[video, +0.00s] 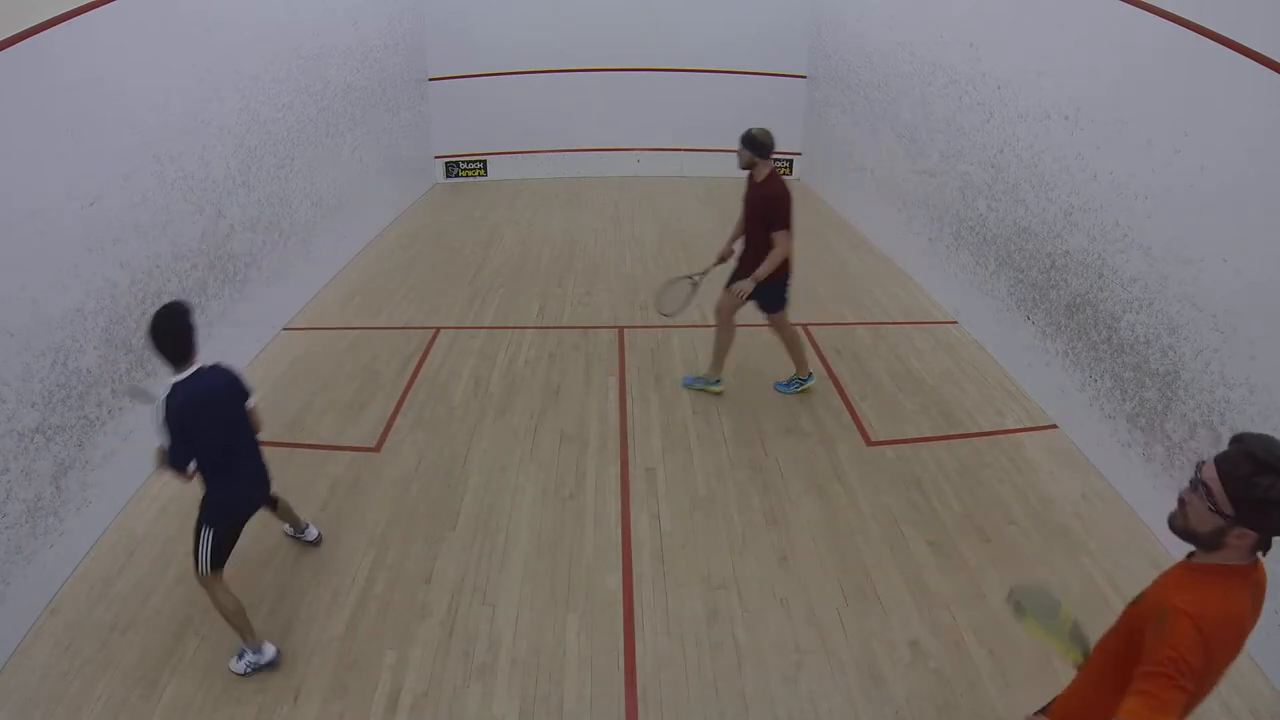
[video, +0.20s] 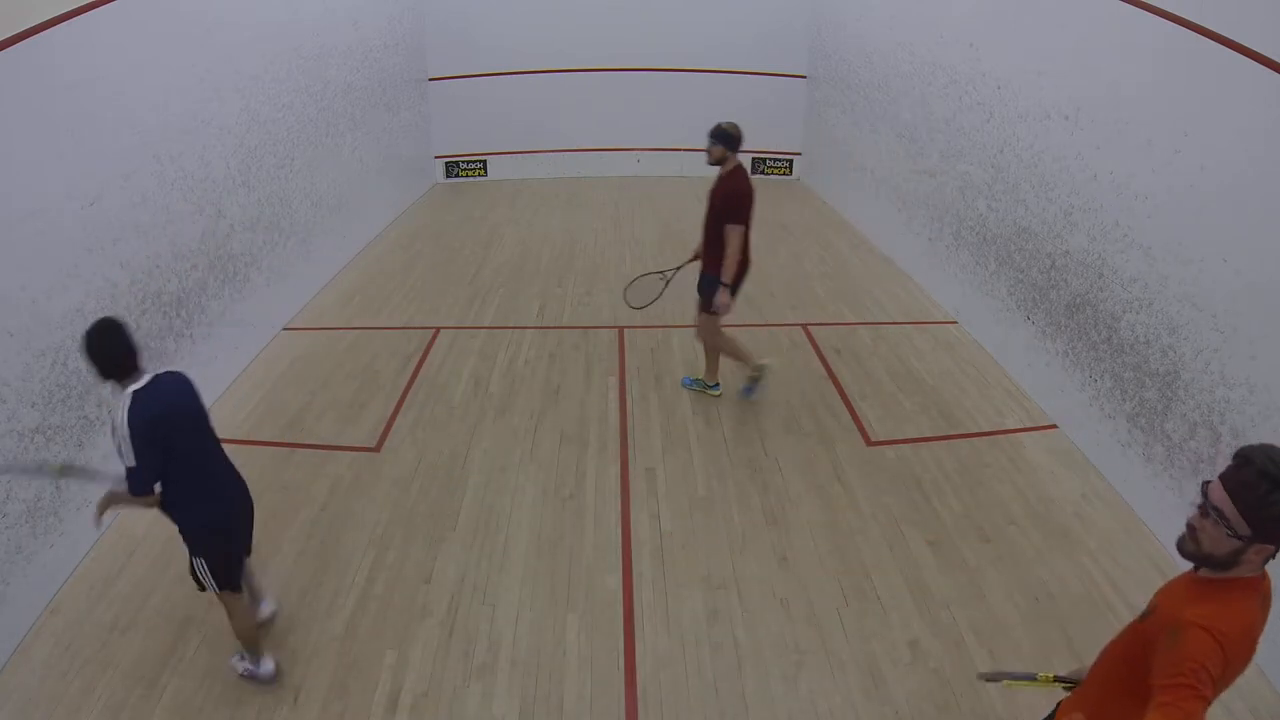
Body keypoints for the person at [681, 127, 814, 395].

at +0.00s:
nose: (737, 154)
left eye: (741, 150)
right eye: (739, 150)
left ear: (754, 155)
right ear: (759, 154)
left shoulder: (776, 191)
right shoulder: (754, 177)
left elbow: (782, 248)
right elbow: (747, 218)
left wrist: (753, 279)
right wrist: (729, 245)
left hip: (773, 268)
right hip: (750, 260)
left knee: (778, 321)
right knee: (724, 310)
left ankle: (804, 374)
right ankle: (713, 376)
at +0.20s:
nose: (708, 149)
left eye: (713, 145)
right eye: (709, 144)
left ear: (726, 149)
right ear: (726, 148)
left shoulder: (736, 184)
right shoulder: (727, 175)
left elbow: (735, 240)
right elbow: (720, 222)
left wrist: (725, 286)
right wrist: (703, 248)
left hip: (724, 270)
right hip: (714, 264)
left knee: (707, 330)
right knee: (707, 326)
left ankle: (754, 367)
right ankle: (710, 380)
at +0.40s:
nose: (675, 148)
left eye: (680, 143)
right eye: (676, 142)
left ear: (695, 147)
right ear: (697, 146)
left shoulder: (698, 182)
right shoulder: (710, 174)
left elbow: (698, 241)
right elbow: (704, 228)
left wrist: (679, 284)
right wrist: (682, 254)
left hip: (691, 271)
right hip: (708, 267)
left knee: (660, 326)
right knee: (703, 320)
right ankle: (710, 380)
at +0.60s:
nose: (645, 155)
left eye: (649, 150)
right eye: (645, 150)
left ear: (662, 153)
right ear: (673, 153)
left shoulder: (658, 191)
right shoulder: (692, 181)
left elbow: (648, 246)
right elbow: (688, 234)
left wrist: (625, 287)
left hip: (655, 279)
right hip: (684, 276)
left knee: (635, 340)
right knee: (678, 322)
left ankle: (633, 409)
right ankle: (703, 381)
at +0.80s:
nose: (624, 151)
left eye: (628, 146)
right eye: (624, 146)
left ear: (642, 148)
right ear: (651, 148)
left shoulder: (636, 186)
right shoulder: (676, 177)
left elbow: (624, 245)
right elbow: (681, 225)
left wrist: (595, 278)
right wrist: (657, 252)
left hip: (640, 276)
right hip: (670, 272)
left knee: (627, 340)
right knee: (659, 329)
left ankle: (630, 408)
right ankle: (670, 401)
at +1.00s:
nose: (609, 160)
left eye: (612, 154)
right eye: (609, 154)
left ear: (626, 156)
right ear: (640, 155)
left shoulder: (618, 193)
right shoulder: (663, 186)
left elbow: (607, 250)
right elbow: (673, 235)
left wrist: (589, 283)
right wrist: (665, 266)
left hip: (625, 284)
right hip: (660, 281)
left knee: (608, 337)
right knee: (653, 337)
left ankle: (624, 414)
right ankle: (669, 408)